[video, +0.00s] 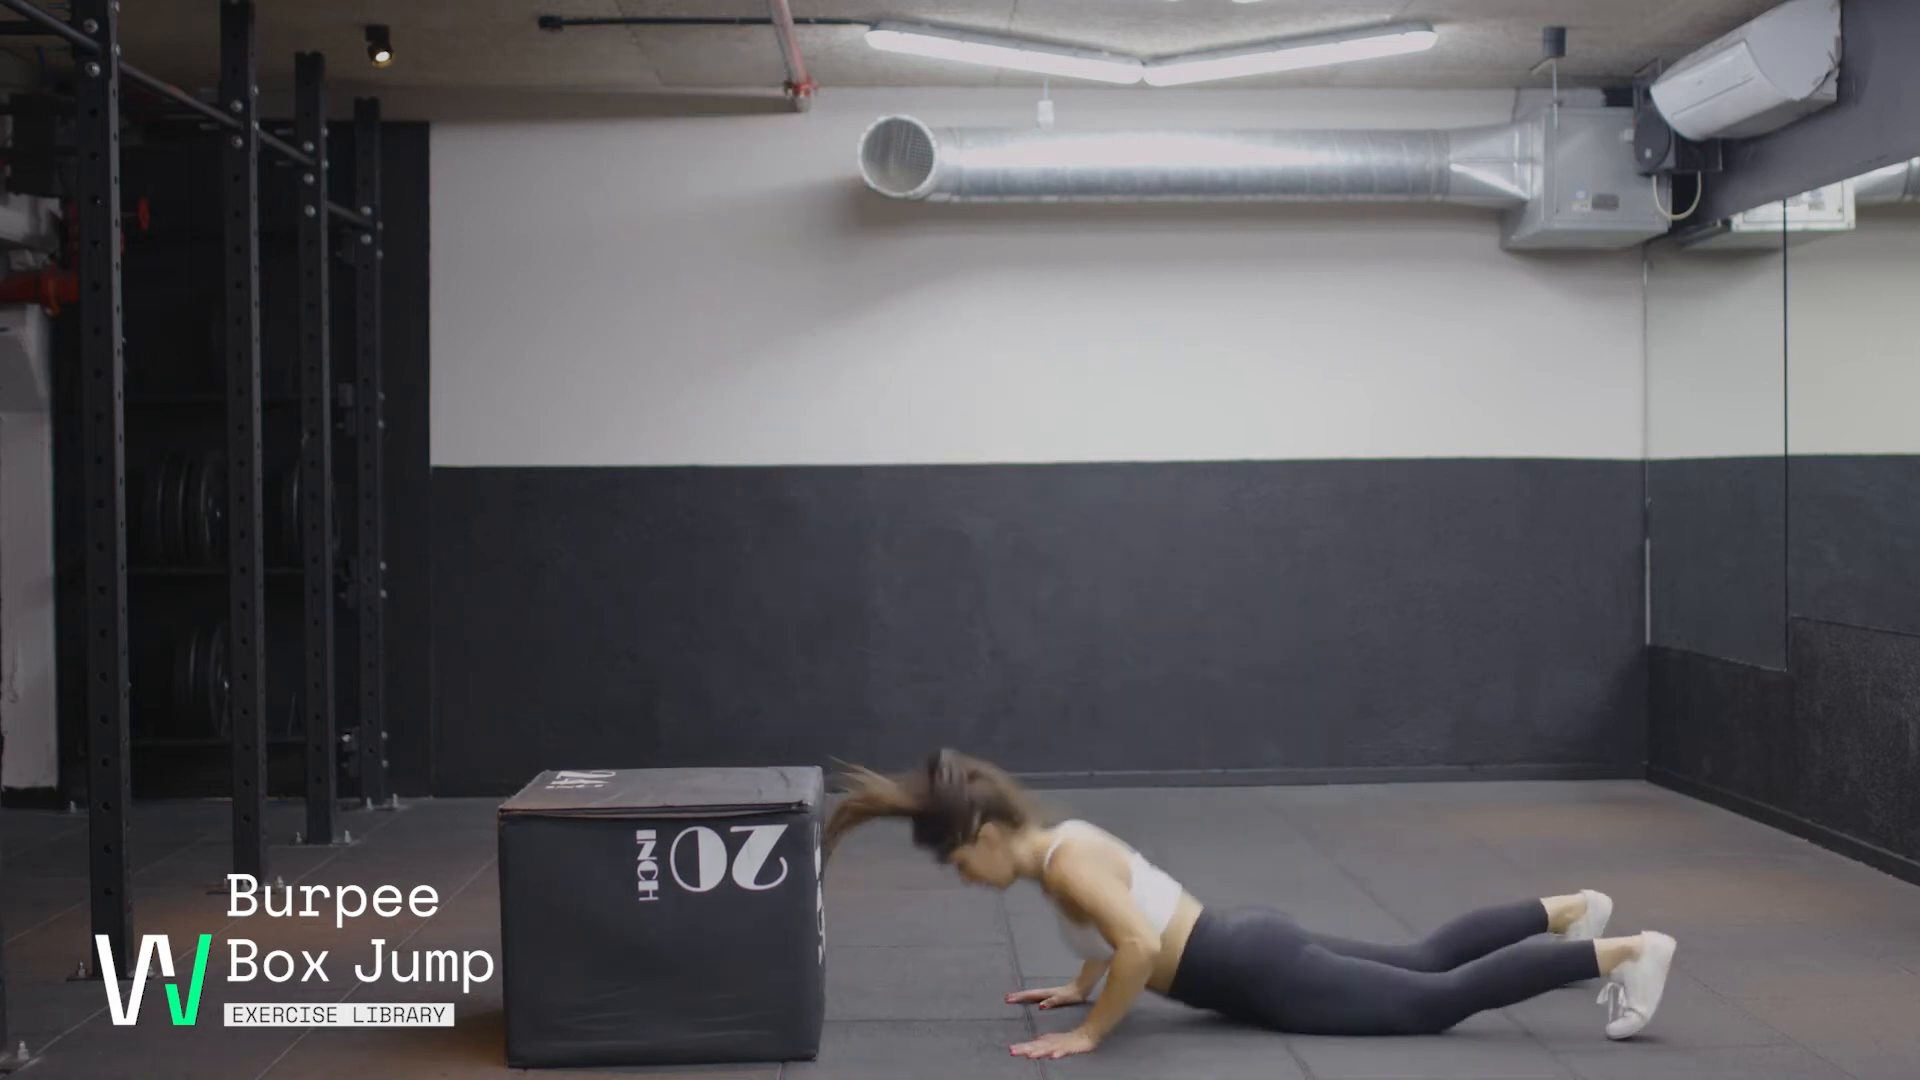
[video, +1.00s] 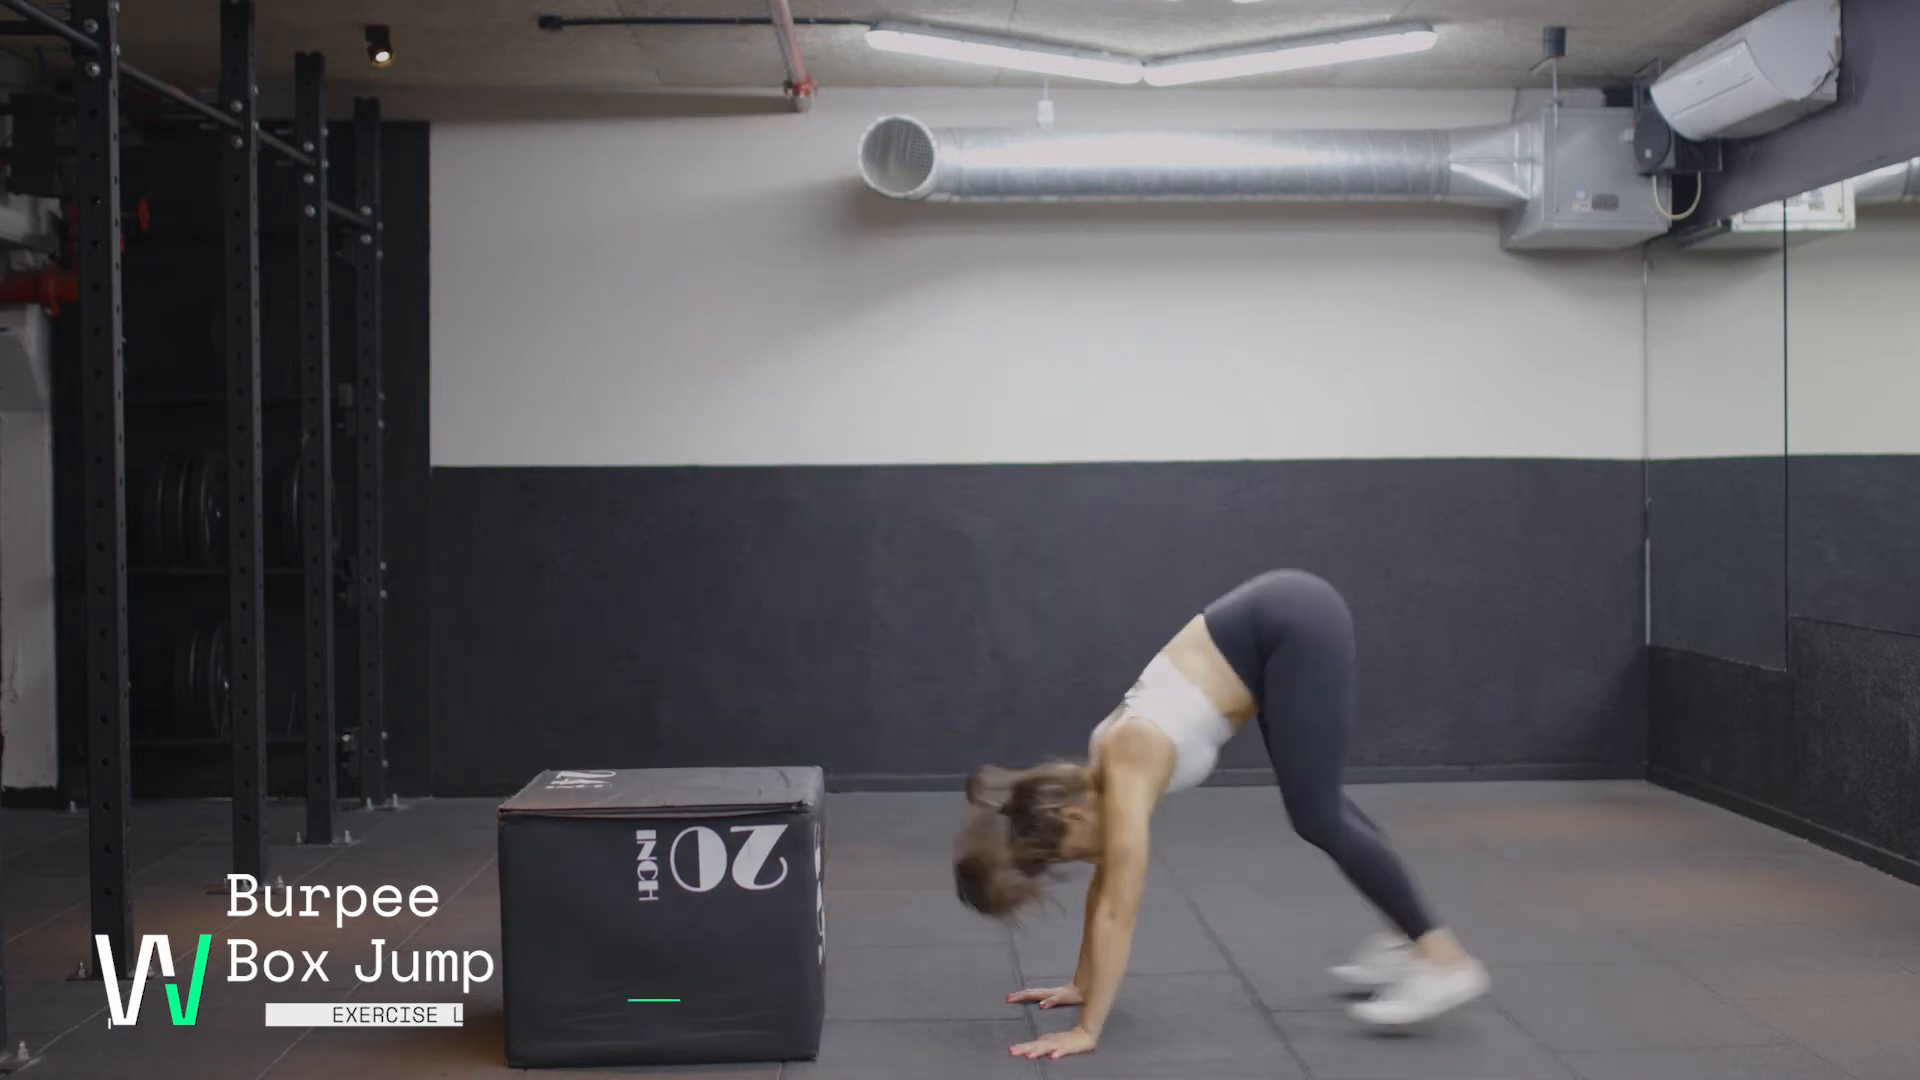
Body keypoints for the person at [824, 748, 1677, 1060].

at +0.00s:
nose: (966, 877)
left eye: (963, 862)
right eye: (957, 867)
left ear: (991, 835)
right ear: (994, 829)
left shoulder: (1067, 865)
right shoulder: (1060, 846)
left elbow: (1140, 951)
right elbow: (1127, 937)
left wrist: (1089, 1036)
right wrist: (1080, 988)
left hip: (1242, 966)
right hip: (1244, 941)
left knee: (1433, 1002)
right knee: (1418, 963)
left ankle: (1610, 958)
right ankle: (1566, 914)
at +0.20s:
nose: (923, 998)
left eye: (917, 984)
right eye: (913, 988)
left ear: (936, 955)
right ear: (942, 938)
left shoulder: (1010, 953)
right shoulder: (1007, 929)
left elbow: (1096, 938)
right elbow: (1089, 893)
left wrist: (1082, 1030)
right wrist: (1078, 996)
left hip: (1228, 974)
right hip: (1226, 946)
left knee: (1424, 998)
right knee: (1406, 964)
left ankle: (1604, 948)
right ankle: (1559, 907)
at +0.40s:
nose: (940, 955)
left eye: (934, 942)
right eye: (930, 947)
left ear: (948, 910)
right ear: (945, 909)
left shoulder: (1026, 915)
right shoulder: (1028, 891)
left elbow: (1110, 937)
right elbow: (1105, 908)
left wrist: (1085, 1032)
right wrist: (1072, 995)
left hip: (1224, 976)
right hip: (1226, 948)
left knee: (1425, 1004)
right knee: (1404, 971)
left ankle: (1602, 947)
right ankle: (1552, 908)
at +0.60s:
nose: (971, 850)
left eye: (966, 835)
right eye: (962, 839)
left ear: (993, 807)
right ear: (996, 798)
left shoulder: (1067, 836)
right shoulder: (1063, 813)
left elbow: (1116, 936)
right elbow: (1106, 919)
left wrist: (1088, 1033)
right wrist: (1075, 986)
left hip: (1262, 931)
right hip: (1259, 913)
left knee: (1437, 1005)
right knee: (1416, 969)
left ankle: (1606, 956)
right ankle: (1563, 914)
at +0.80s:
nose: (974, 824)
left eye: (962, 811)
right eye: (961, 813)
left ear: (973, 786)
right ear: (985, 760)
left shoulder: (1067, 772)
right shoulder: (1058, 763)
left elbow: (1088, 907)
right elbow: (1083, 894)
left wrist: (1090, 1028)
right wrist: (1076, 989)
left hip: (1282, 776)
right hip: (1276, 769)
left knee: (1425, 910)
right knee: (1416, 890)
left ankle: (1616, 954)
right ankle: (1562, 909)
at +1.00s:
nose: (1078, 862)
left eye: (1064, 855)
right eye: (1065, 861)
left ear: (1063, 824)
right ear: (1065, 812)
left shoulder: (1129, 773)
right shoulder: (1109, 765)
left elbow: (1120, 913)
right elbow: (1105, 894)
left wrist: (1090, 1029)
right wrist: (1081, 985)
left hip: (1296, 621)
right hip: (1279, 621)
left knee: (1317, 815)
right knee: (1320, 808)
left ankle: (1444, 958)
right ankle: (1412, 936)